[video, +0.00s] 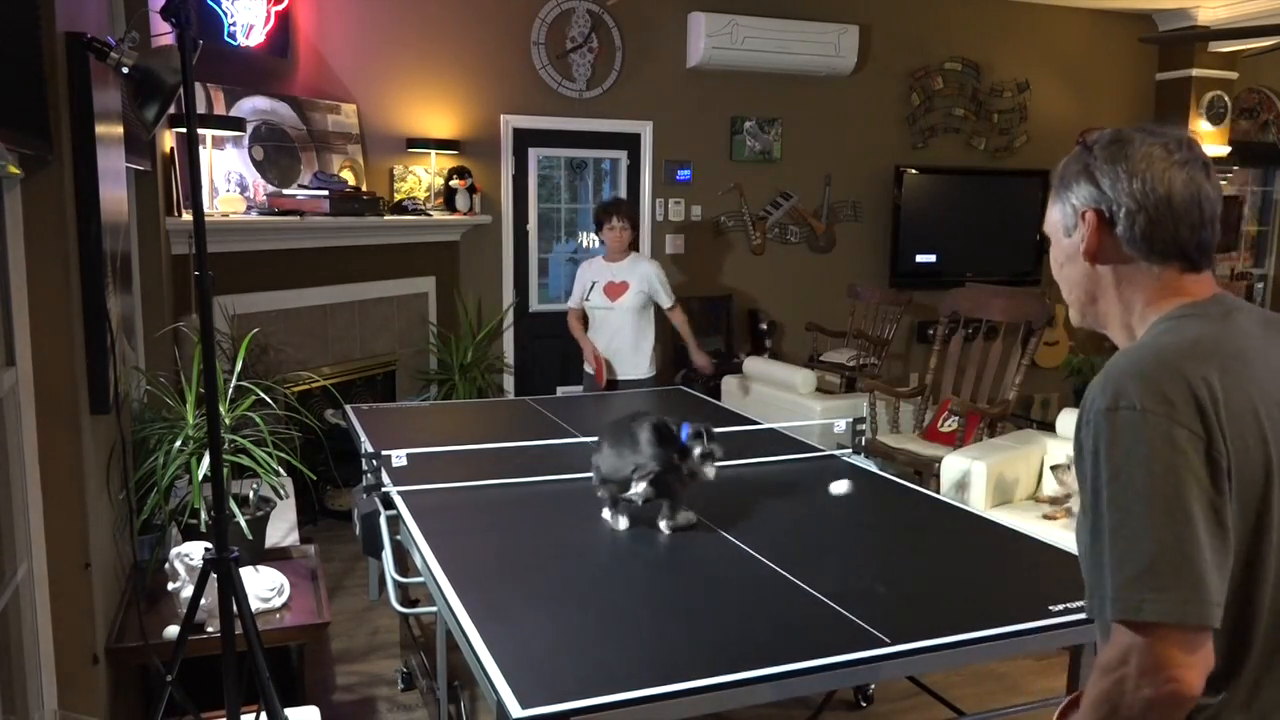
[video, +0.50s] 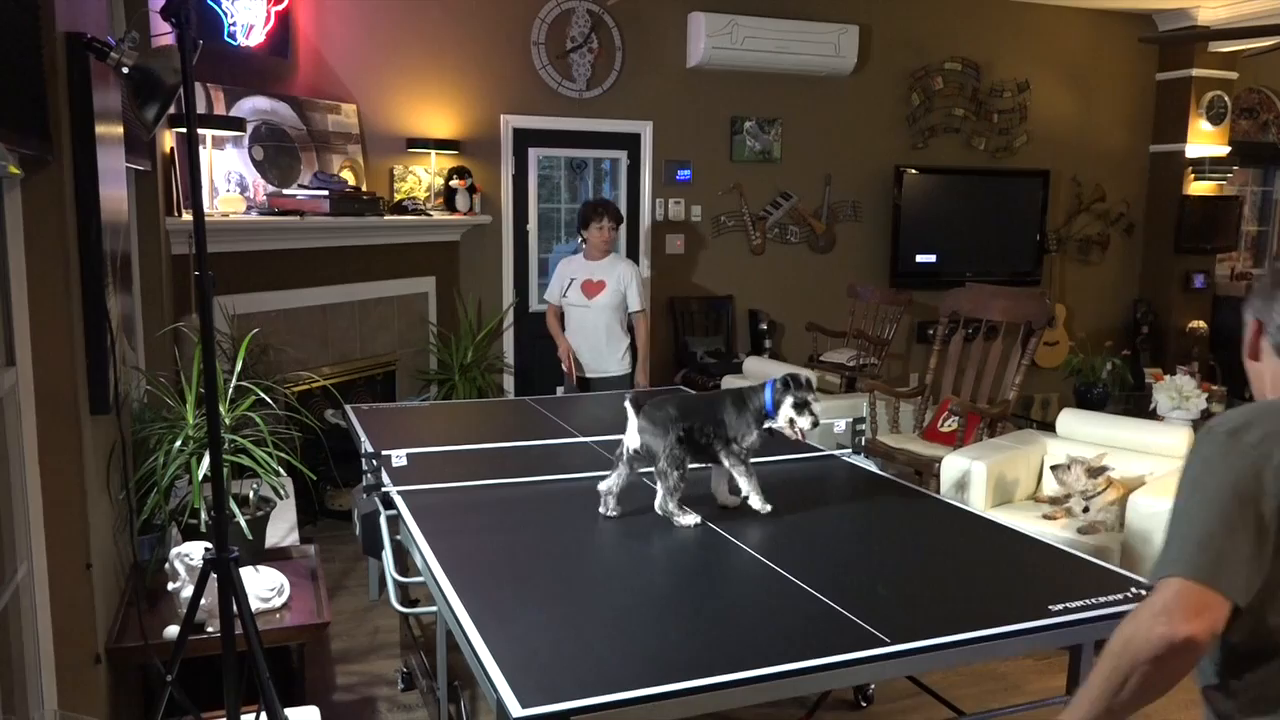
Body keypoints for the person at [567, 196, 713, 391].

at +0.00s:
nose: (617, 234)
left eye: (623, 228)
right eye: (610, 229)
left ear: (633, 233)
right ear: (600, 233)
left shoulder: (648, 269)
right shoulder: (587, 270)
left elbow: (673, 310)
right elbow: (573, 316)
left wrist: (694, 350)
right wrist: (586, 345)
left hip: (637, 376)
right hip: (596, 374)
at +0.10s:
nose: (614, 234)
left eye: (620, 228)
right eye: (607, 229)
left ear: (629, 233)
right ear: (596, 234)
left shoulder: (644, 270)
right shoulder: (582, 269)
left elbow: (656, 319)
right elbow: (569, 312)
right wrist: (576, 344)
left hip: (634, 375)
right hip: (592, 375)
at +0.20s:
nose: (613, 235)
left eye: (618, 229)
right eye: (605, 228)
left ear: (626, 233)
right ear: (593, 233)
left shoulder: (639, 270)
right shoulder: (578, 268)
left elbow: (647, 318)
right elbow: (562, 310)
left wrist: (647, 365)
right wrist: (569, 342)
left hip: (628, 372)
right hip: (588, 373)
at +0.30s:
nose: (611, 236)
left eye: (616, 229)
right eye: (603, 229)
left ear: (622, 233)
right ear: (589, 233)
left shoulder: (634, 271)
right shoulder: (573, 268)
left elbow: (647, 319)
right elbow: (557, 310)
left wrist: (648, 367)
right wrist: (563, 340)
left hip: (622, 374)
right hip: (581, 374)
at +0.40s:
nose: (609, 236)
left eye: (614, 229)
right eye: (601, 229)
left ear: (619, 233)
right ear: (586, 233)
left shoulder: (629, 270)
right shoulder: (569, 267)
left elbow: (644, 322)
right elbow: (554, 310)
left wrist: (647, 370)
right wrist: (561, 340)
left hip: (617, 375)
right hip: (577, 374)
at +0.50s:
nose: (606, 236)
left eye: (611, 229)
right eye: (599, 229)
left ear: (617, 232)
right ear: (584, 232)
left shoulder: (626, 269)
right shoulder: (566, 267)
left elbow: (639, 321)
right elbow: (552, 312)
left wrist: (642, 368)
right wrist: (561, 343)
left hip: (614, 374)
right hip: (575, 373)